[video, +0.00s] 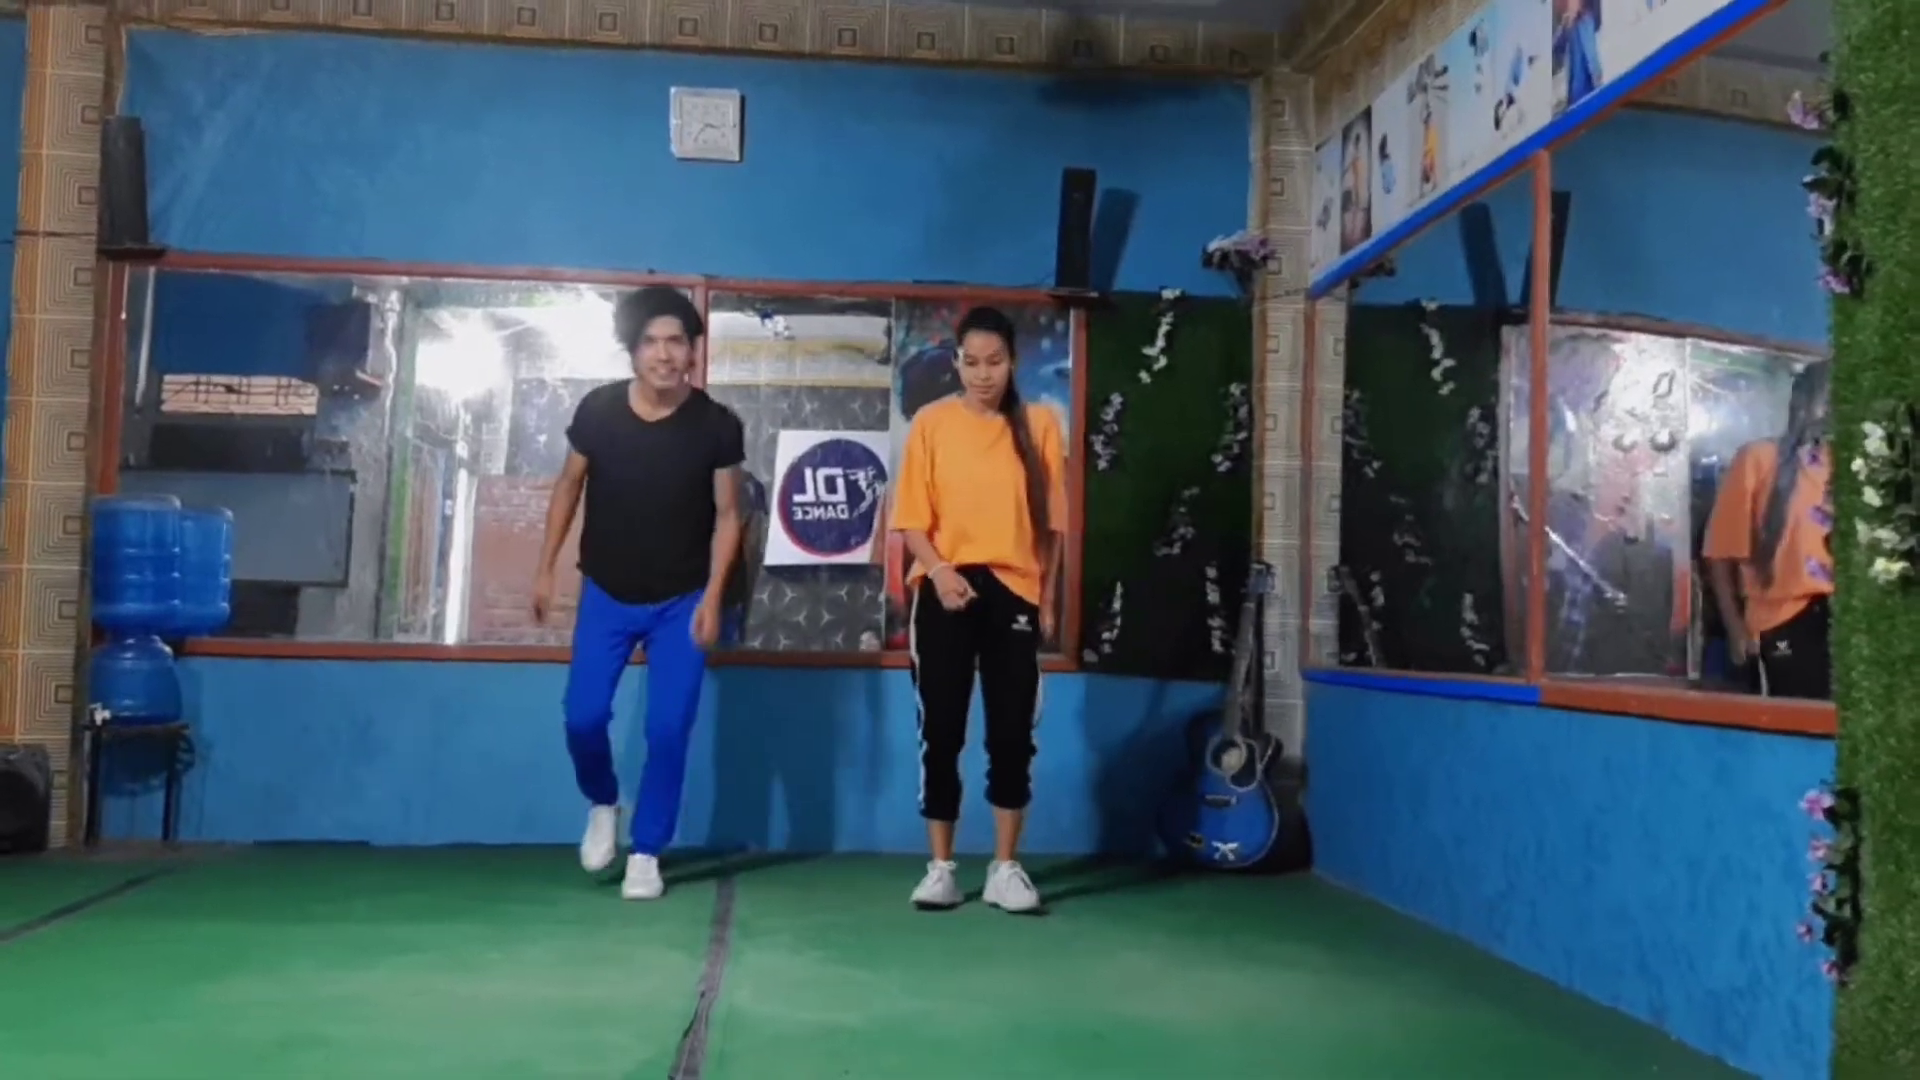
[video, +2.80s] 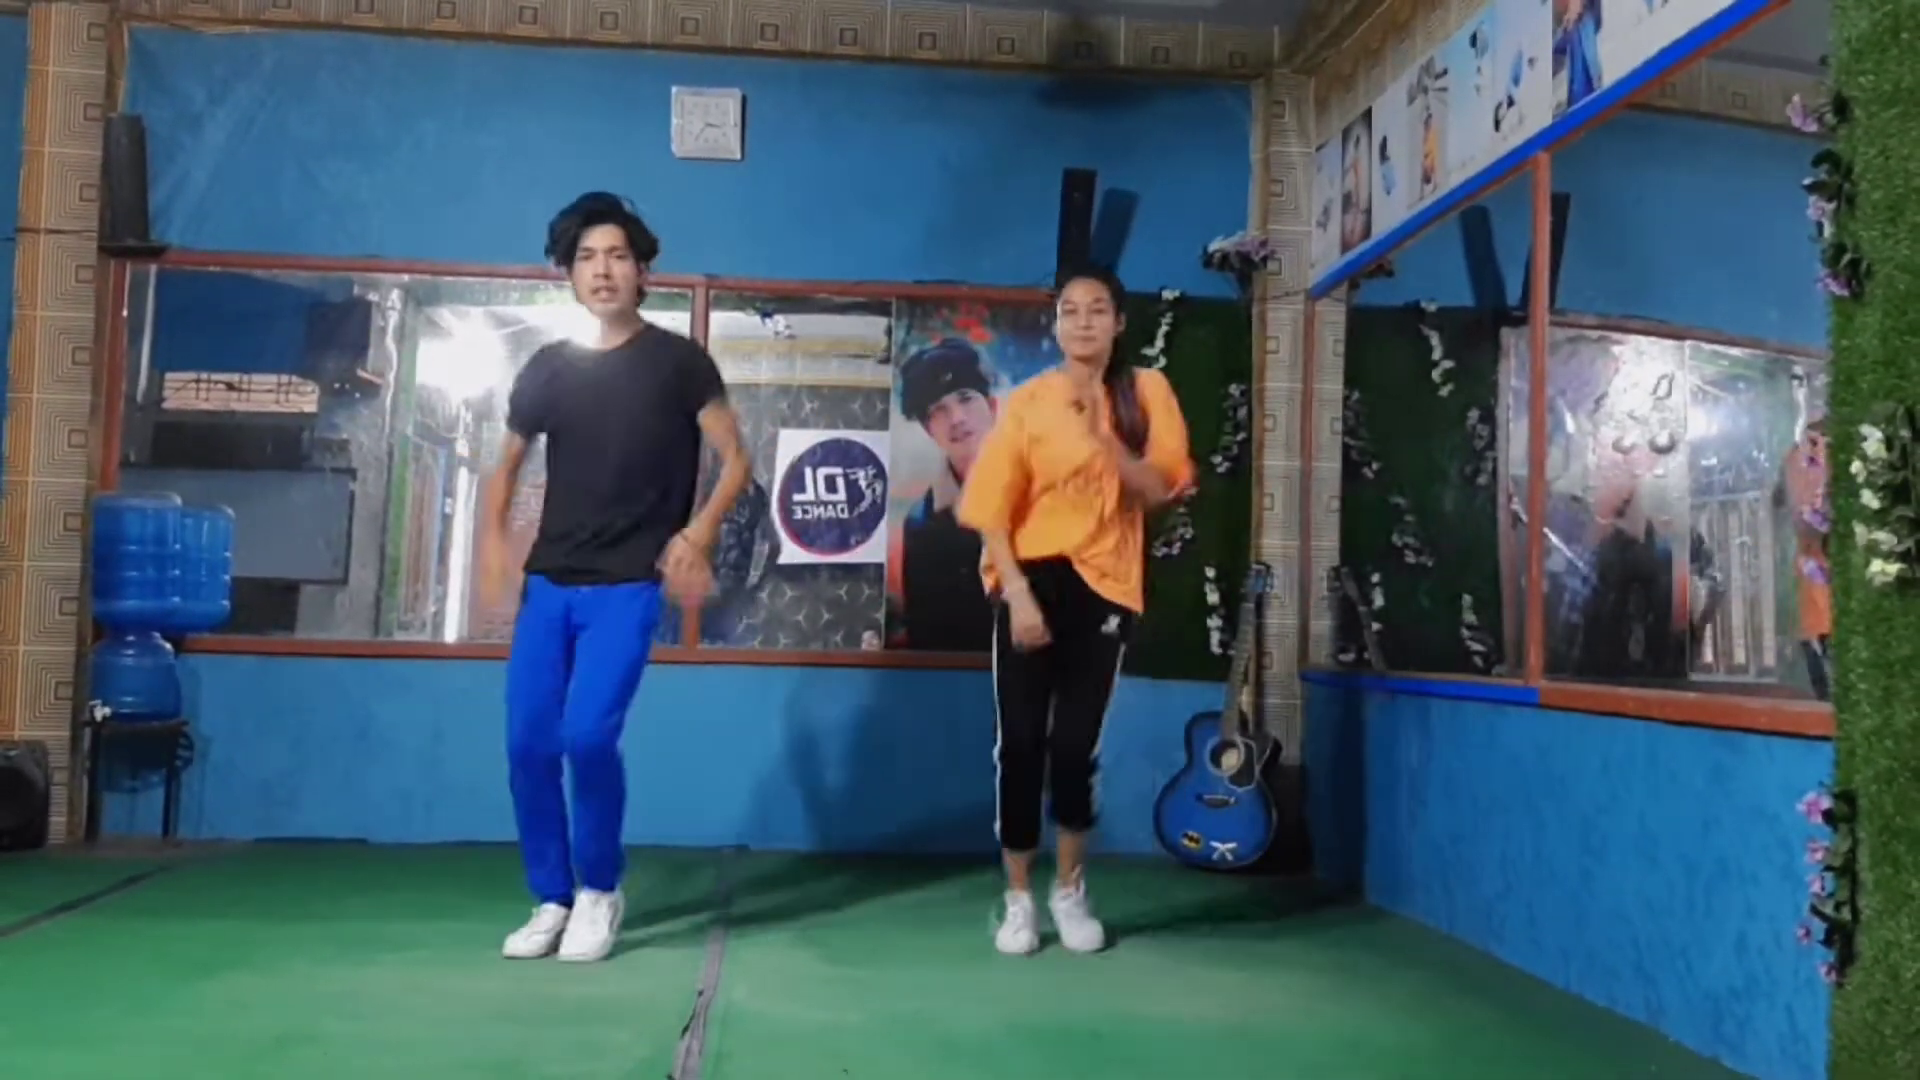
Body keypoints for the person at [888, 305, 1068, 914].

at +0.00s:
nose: (984, 371)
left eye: (995, 359)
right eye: (973, 359)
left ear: (1012, 362)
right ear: (958, 362)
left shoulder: (1039, 426)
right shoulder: (930, 424)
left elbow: (1053, 526)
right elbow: (910, 519)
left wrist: (1044, 598)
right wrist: (937, 569)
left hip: (1014, 591)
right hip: (945, 588)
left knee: (1011, 735)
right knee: (941, 734)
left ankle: (1005, 868)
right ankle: (941, 866)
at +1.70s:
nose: (1043, 302)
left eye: (1057, 294)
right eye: (1031, 293)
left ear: (1077, 316)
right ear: (1010, 311)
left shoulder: (1096, 401)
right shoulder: (972, 383)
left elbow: (1114, 522)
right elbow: (929, 499)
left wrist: (1127, 612)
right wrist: (919, 592)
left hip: (1065, 590)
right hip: (981, 586)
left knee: (1056, 757)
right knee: (979, 757)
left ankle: (1056, 916)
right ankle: (975, 912)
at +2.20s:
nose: (1043, 335)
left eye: (1057, 325)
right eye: (1033, 325)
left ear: (1081, 340)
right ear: (1017, 338)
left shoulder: (1113, 415)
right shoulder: (987, 413)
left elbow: (1135, 520)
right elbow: (957, 518)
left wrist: (1171, 513)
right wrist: (937, 514)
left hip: (1081, 597)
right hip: (1001, 592)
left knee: (1082, 750)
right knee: (990, 750)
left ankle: (1045, 863)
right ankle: (977, 909)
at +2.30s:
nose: (1066, 339)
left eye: (1079, 327)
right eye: (1055, 329)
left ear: (1105, 336)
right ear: (1041, 341)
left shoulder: (1137, 415)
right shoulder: (1008, 404)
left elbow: (1180, 513)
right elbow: (938, 485)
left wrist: (1241, 503)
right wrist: (903, 444)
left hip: (1100, 601)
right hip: (1014, 596)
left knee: (1134, 744)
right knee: (976, 745)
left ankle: (1103, 846)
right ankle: (981, 905)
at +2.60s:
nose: (1102, 336)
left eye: (1114, 322)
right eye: (1089, 325)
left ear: (1137, 331)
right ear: (1074, 337)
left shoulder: (1170, 410)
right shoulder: (1043, 394)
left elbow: (1233, 506)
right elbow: (969, 464)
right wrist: (962, 429)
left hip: (1123, 597)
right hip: (1040, 588)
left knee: (1145, 759)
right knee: (976, 691)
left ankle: (1155, 900)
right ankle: (1002, 846)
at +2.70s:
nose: (1096, 317)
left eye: (1109, 305)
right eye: (1083, 305)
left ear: (1131, 315)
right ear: (1068, 316)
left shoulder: (1157, 383)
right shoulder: (1032, 375)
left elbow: (1234, 448)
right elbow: (948, 416)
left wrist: (1154, 427)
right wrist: (1016, 459)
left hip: (1112, 571)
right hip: (1028, 563)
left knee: (1126, 721)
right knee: (994, 687)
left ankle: (1114, 862)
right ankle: (1011, 834)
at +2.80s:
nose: (1084, 323)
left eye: (1097, 311)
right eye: (1071, 312)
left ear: (1119, 323)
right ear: (1055, 324)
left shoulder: (1147, 391)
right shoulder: (1029, 401)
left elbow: (1165, 486)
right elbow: (989, 508)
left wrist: (1114, 447)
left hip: (1106, 582)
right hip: (1029, 578)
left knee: (1075, 746)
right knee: (1019, 743)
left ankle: (1070, 890)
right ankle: (1018, 899)